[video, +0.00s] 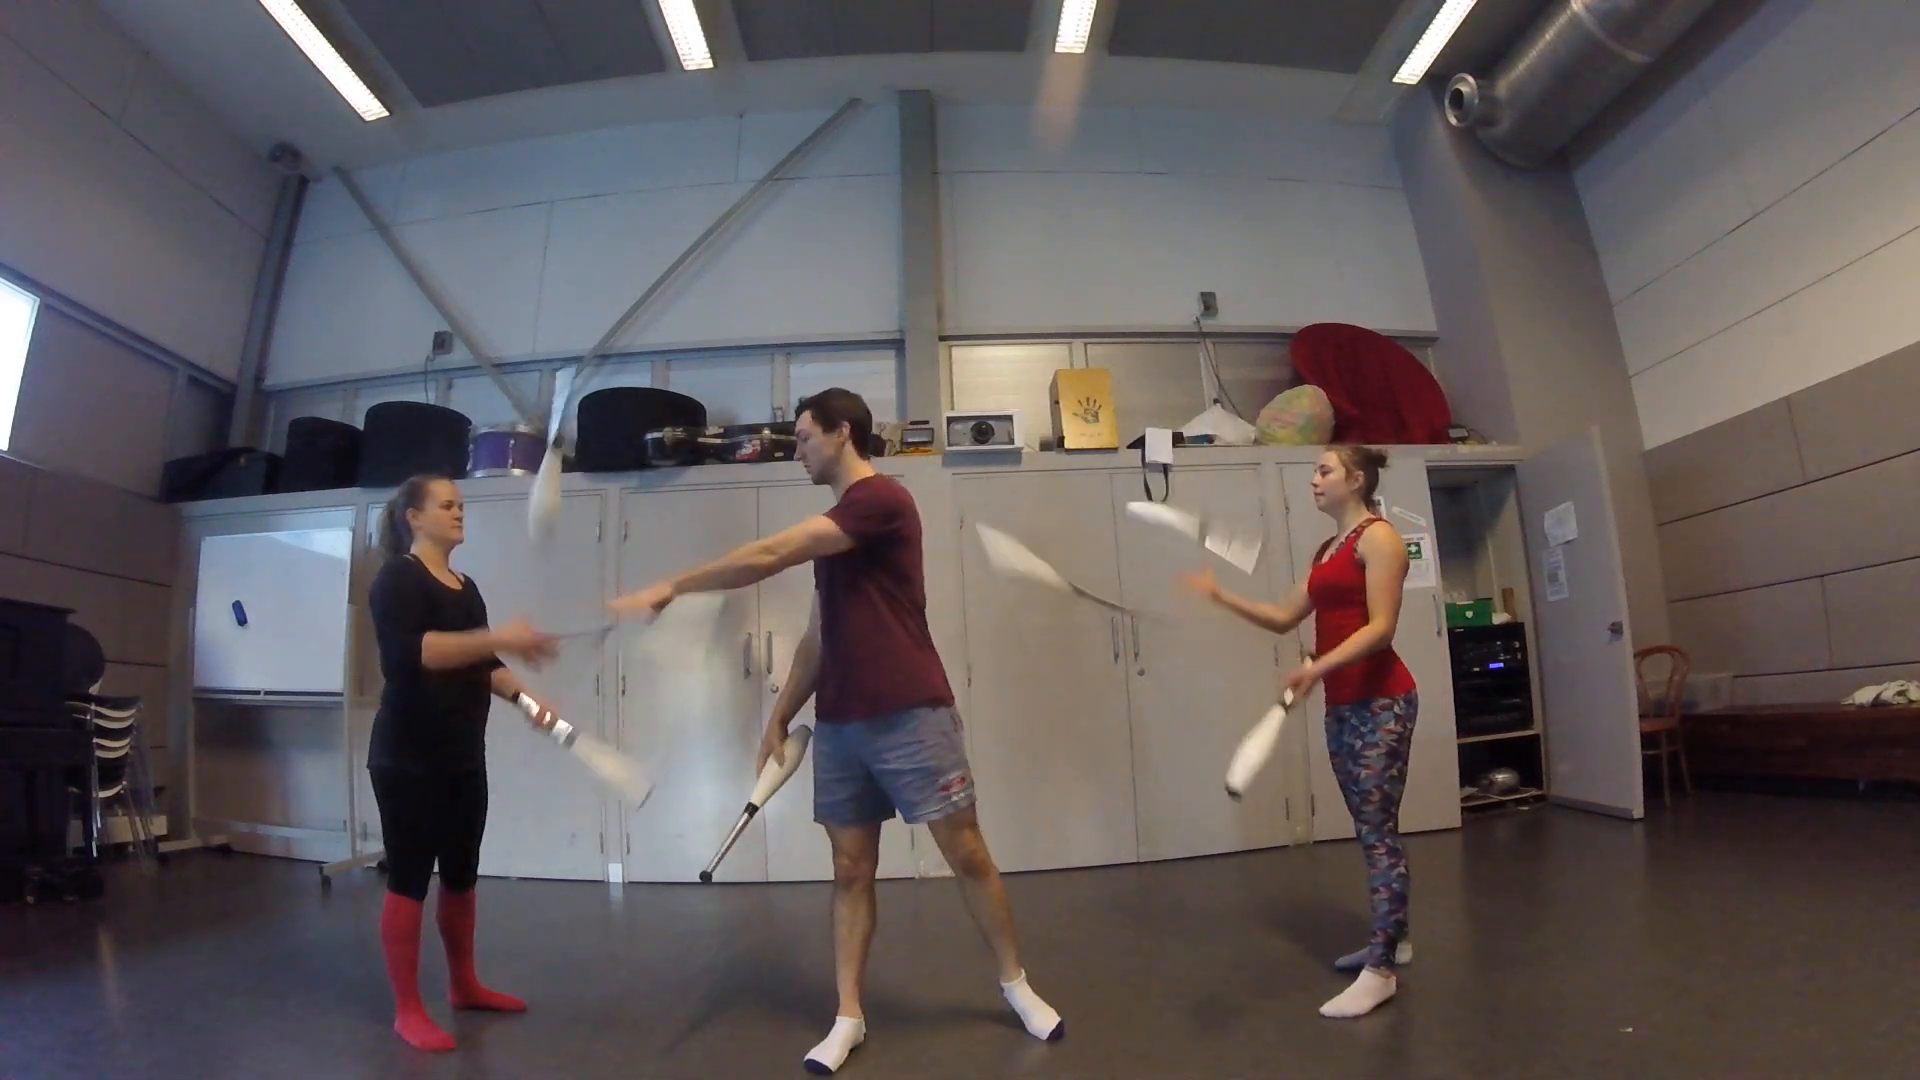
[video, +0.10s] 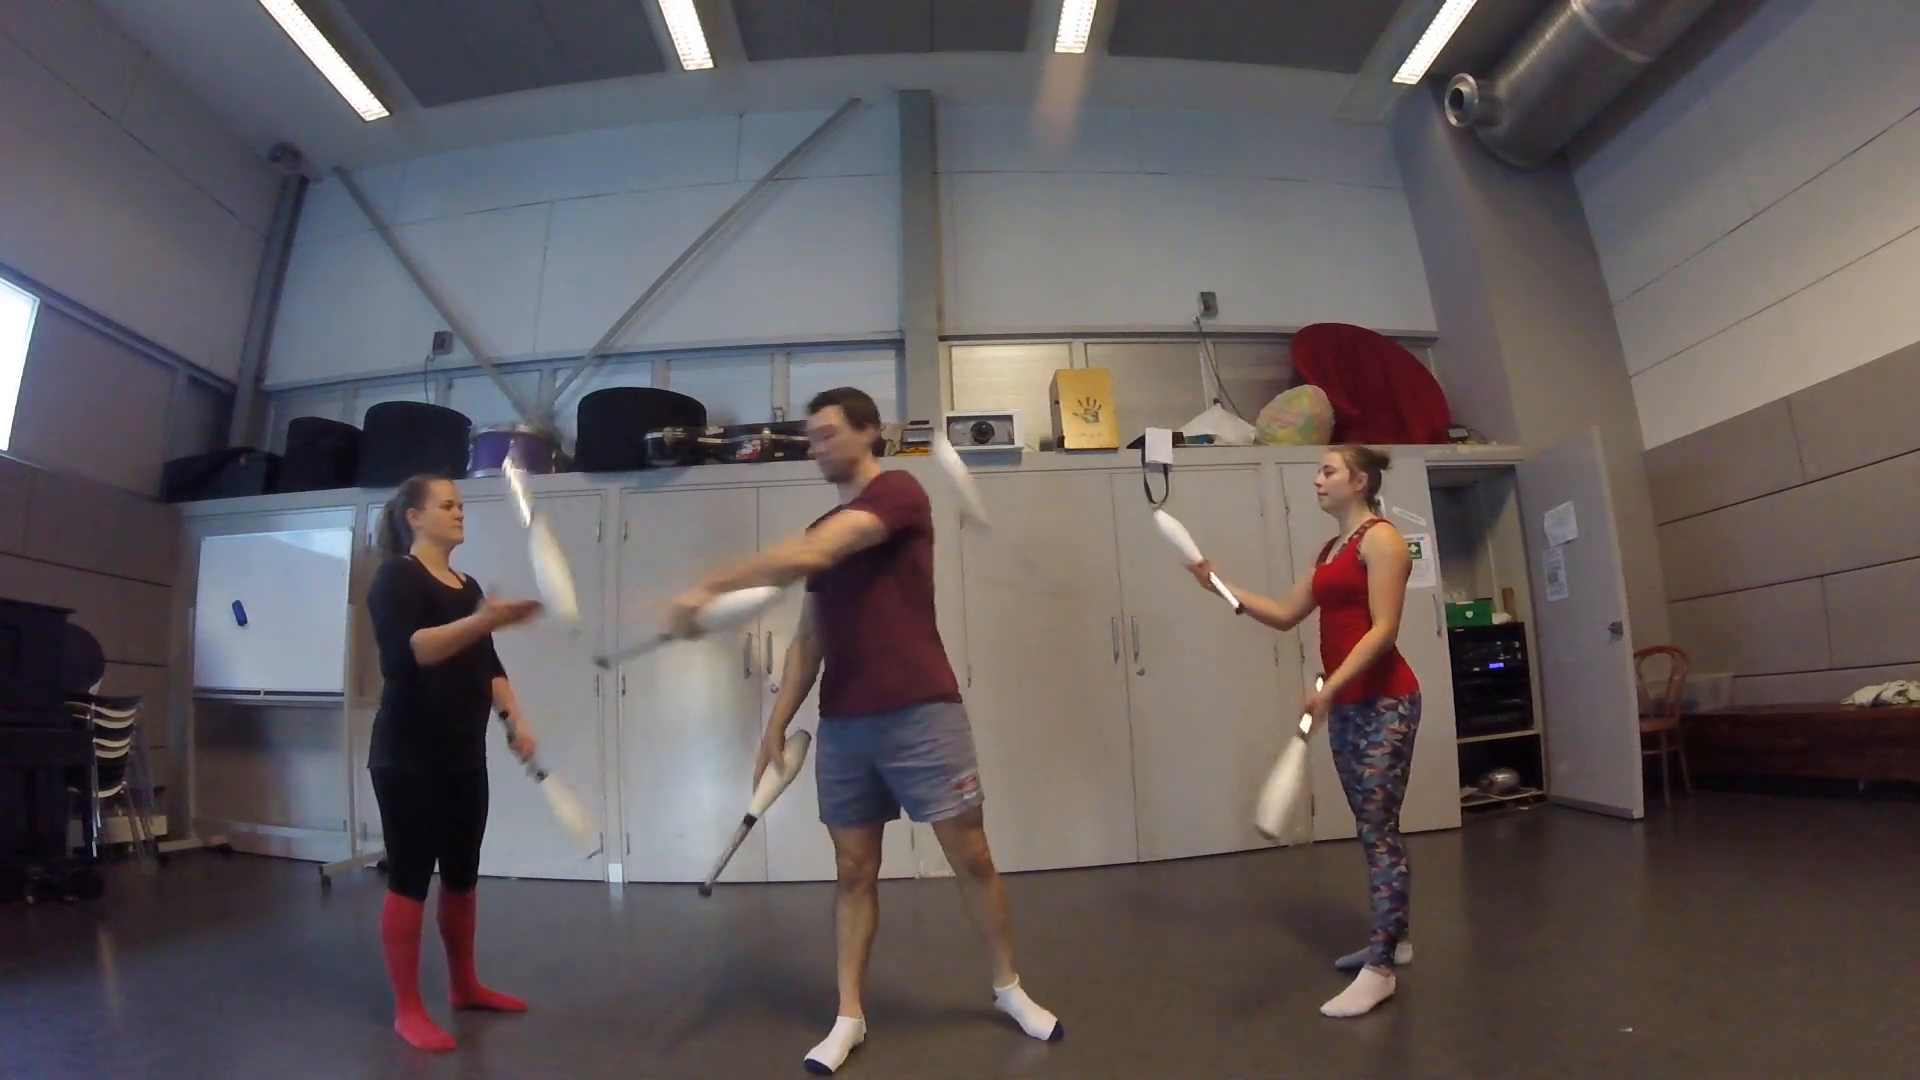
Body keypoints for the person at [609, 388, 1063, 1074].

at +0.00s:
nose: (798, 452)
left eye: (804, 439)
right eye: (797, 441)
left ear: (842, 434)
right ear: (839, 436)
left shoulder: (883, 499)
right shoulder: (838, 521)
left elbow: (772, 554)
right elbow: (821, 635)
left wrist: (671, 586)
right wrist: (781, 716)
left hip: (912, 710)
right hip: (841, 720)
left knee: (969, 855)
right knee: (851, 870)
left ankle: (1015, 982)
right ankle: (849, 1015)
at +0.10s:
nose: (815, 447)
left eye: (826, 434)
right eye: (811, 438)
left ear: (870, 435)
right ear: (819, 449)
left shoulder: (901, 493)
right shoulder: (827, 531)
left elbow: (815, 553)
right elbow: (810, 641)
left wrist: (711, 587)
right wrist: (775, 731)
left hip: (921, 710)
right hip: (845, 721)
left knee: (973, 859)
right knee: (853, 871)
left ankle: (1008, 986)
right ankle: (849, 1018)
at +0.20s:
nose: (876, 443)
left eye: (885, 432)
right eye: (862, 432)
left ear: (898, 440)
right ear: (833, 443)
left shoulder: (918, 498)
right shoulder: (814, 537)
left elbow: (910, 570)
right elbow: (797, 640)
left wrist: (807, 598)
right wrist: (779, 732)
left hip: (937, 711)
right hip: (857, 721)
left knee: (979, 860)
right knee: (856, 871)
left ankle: (996, 995)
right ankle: (848, 1017)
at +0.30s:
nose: (924, 445)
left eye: (925, 435)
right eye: (912, 433)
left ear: (913, 446)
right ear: (870, 440)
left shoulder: (936, 509)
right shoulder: (830, 532)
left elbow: (987, 586)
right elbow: (813, 637)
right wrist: (824, 736)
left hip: (953, 719)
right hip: (874, 726)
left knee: (981, 859)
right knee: (861, 872)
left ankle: (991, 998)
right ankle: (848, 1019)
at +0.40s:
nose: (952, 444)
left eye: (952, 433)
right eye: (942, 433)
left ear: (921, 439)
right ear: (902, 436)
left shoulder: (943, 515)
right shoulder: (868, 523)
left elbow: (993, 587)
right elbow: (884, 636)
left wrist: (1030, 606)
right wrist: (926, 732)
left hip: (960, 710)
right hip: (888, 716)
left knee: (982, 854)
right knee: (874, 871)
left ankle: (992, 997)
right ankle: (849, 1016)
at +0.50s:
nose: (974, 445)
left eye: (973, 434)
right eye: (966, 433)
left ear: (932, 435)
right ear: (928, 435)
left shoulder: (934, 513)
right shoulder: (907, 514)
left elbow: (957, 604)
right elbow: (959, 629)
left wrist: (1018, 613)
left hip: (966, 710)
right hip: (915, 715)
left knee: (977, 858)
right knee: (904, 869)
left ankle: (991, 999)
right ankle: (852, 1010)